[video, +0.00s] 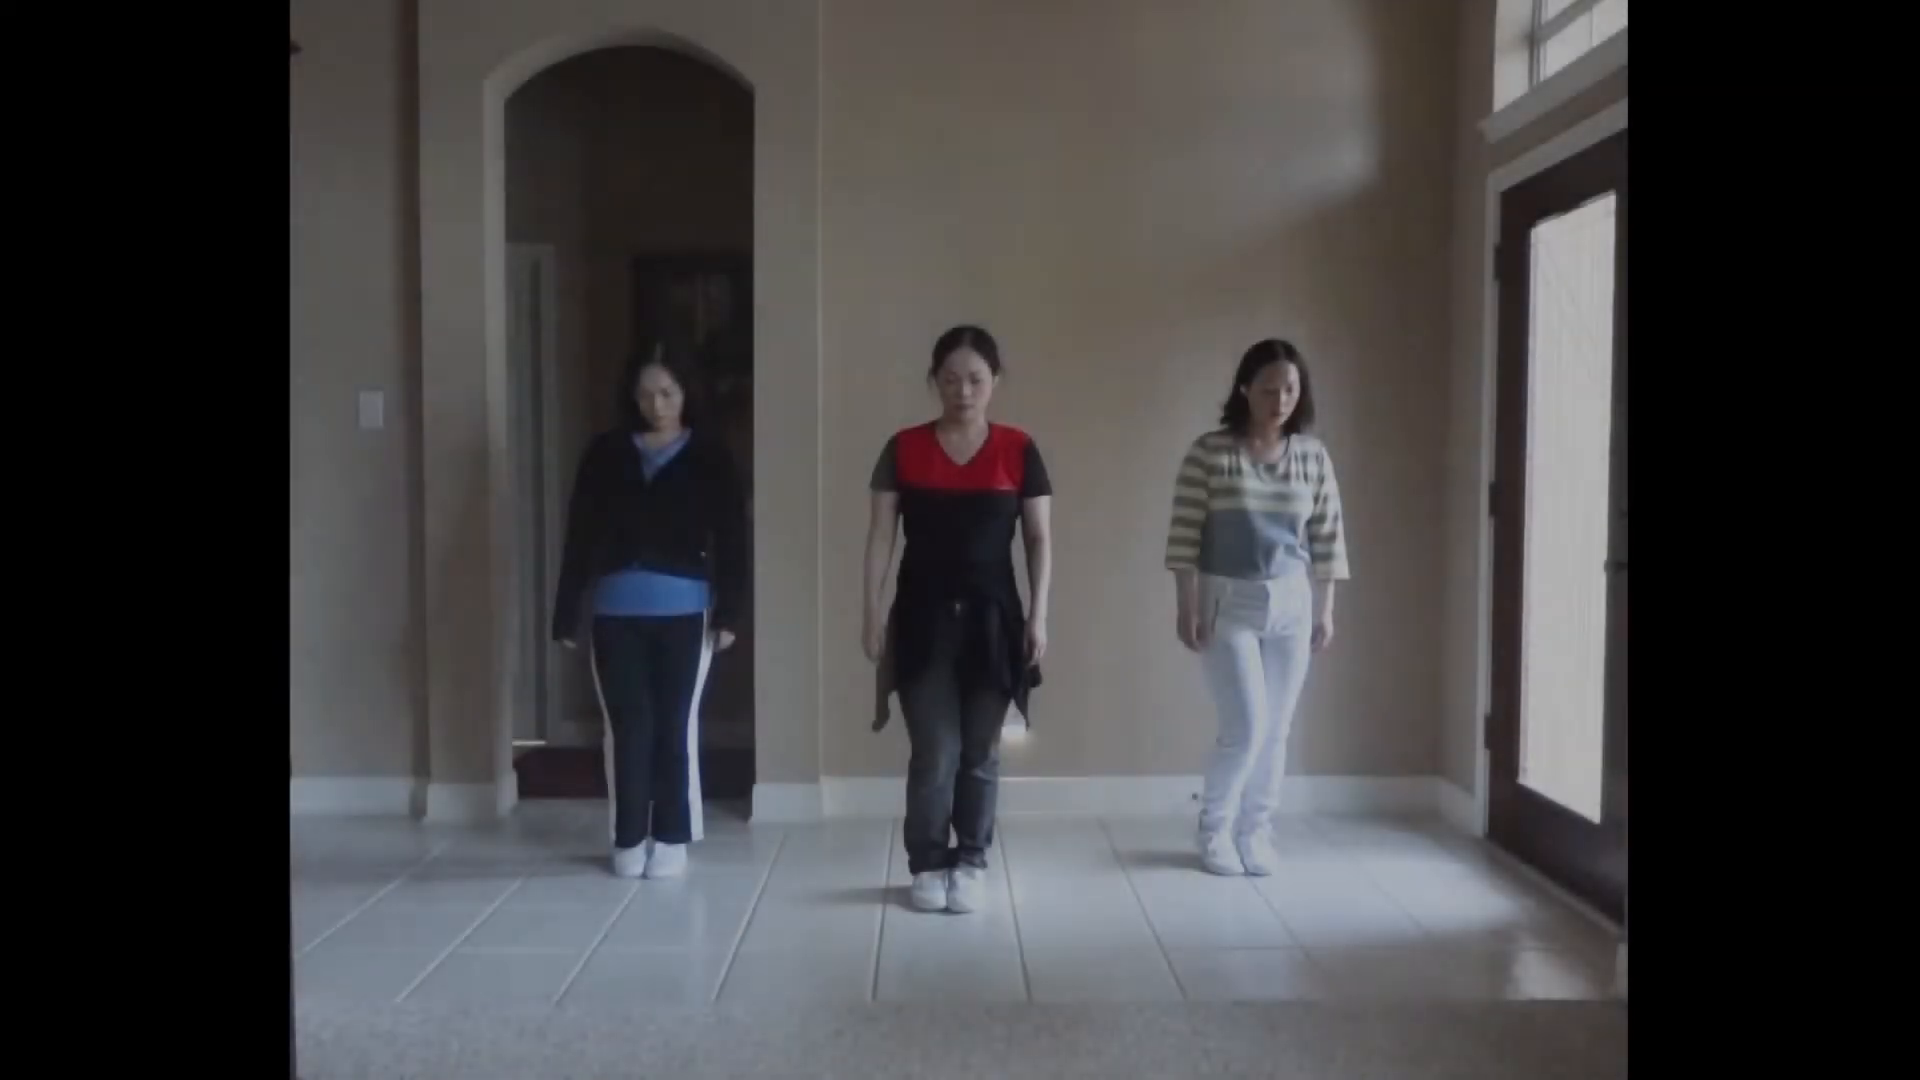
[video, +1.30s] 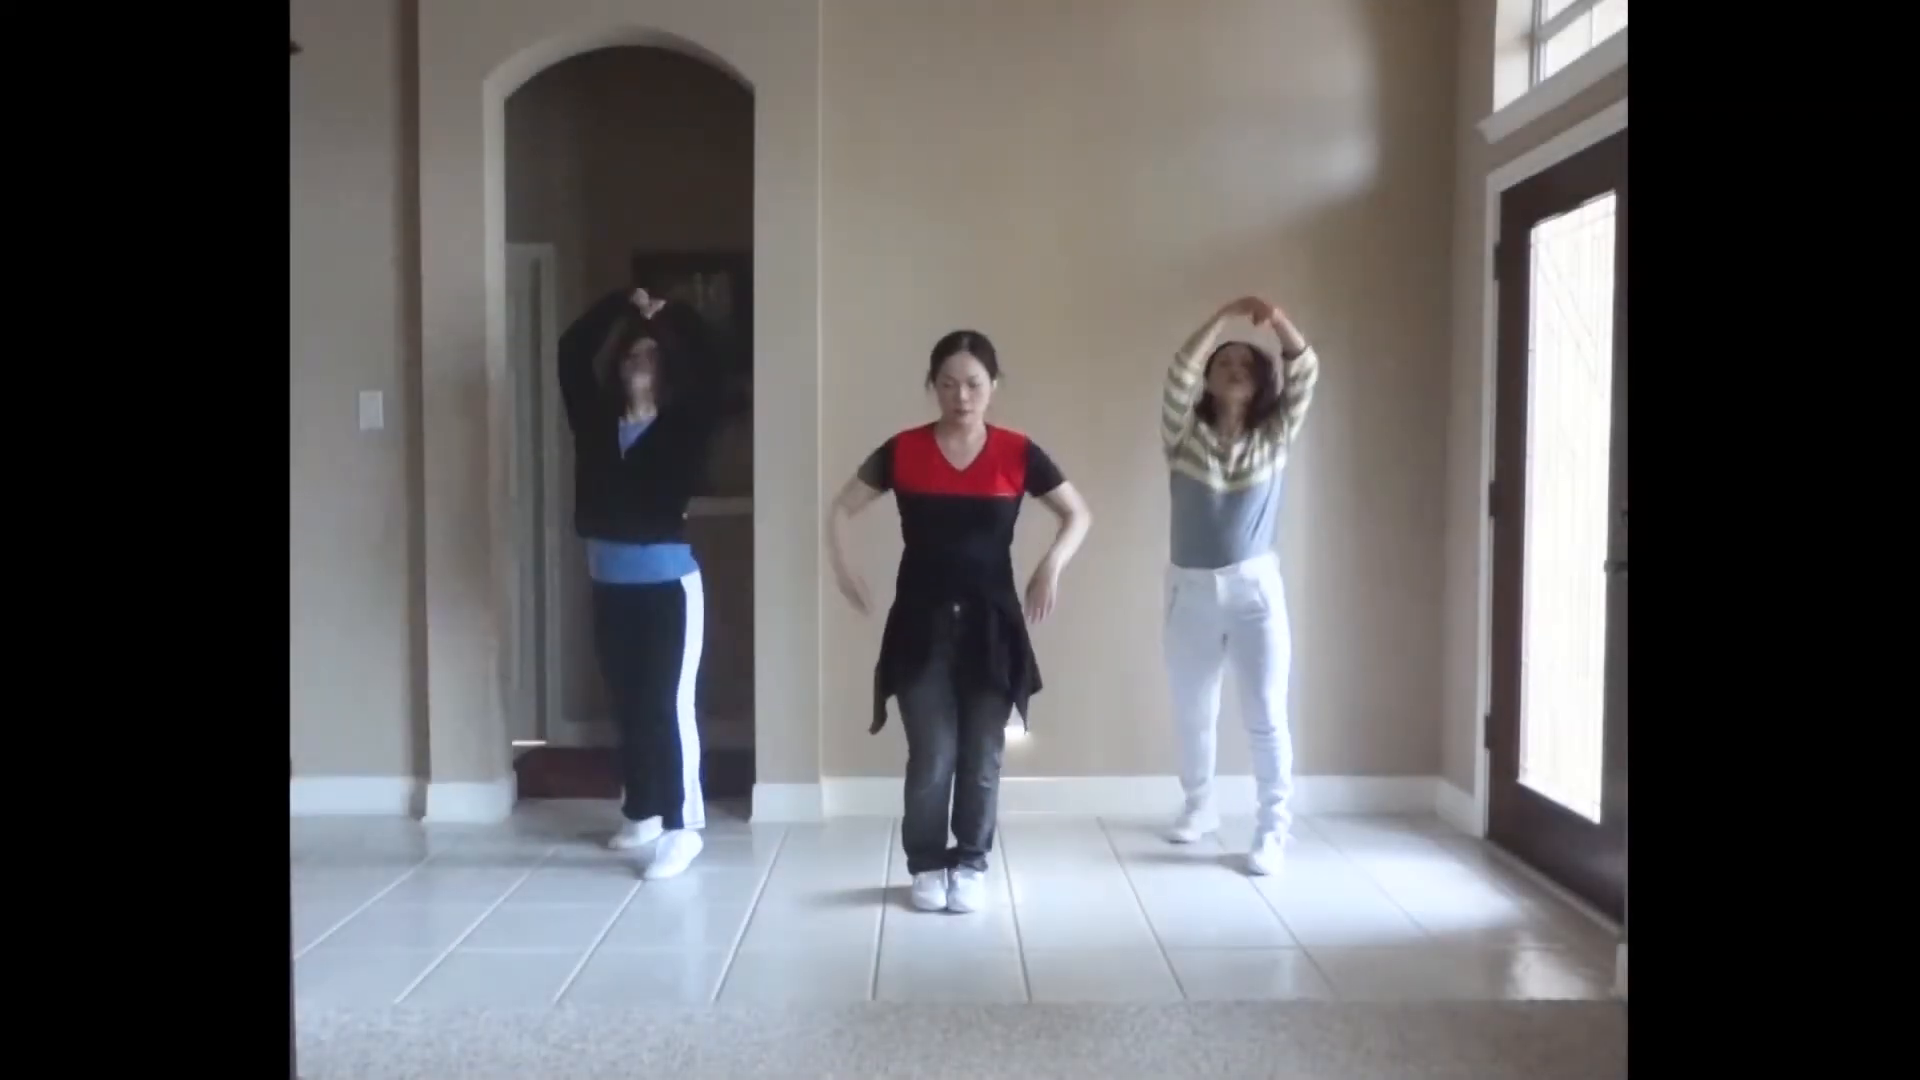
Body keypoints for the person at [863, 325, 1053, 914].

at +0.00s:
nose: (963, 388)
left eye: (975, 378)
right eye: (952, 377)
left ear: (993, 382)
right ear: (936, 381)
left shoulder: (1018, 450)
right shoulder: (905, 448)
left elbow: (1039, 539)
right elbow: (881, 536)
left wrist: (1038, 618)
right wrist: (873, 616)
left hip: (993, 618)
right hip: (923, 617)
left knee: (979, 751)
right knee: (935, 751)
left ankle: (969, 863)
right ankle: (928, 868)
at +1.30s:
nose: (961, 394)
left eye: (973, 383)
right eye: (949, 382)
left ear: (992, 388)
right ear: (933, 386)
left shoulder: (1017, 453)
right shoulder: (903, 451)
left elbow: (1079, 515)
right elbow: (841, 509)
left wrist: (1050, 568)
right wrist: (843, 569)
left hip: (990, 620)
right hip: (921, 619)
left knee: (981, 756)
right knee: (933, 753)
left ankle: (970, 867)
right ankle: (927, 869)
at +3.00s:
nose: (935, 424)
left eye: (945, 414)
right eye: (924, 415)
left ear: (962, 421)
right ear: (908, 421)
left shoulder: (979, 471)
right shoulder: (886, 468)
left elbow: (974, 504)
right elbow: (898, 508)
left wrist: (951, 537)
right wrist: (926, 547)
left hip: (955, 614)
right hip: (897, 614)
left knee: (960, 725)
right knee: (901, 736)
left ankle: (977, 848)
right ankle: (930, 832)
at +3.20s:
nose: (935, 428)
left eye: (945, 418)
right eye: (924, 418)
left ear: (961, 423)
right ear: (908, 424)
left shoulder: (979, 473)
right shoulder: (885, 469)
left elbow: (973, 518)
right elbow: (895, 516)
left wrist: (952, 561)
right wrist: (922, 564)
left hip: (954, 610)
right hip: (897, 612)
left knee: (955, 722)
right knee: (899, 736)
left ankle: (976, 848)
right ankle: (930, 833)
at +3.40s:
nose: (935, 435)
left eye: (946, 425)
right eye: (925, 424)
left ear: (962, 429)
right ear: (908, 426)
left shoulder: (978, 470)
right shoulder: (887, 466)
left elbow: (977, 517)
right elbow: (894, 514)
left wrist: (955, 560)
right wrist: (919, 561)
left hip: (956, 612)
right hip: (898, 612)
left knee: (948, 719)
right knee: (897, 734)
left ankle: (966, 844)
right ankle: (927, 831)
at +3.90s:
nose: (971, 434)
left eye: (983, 424)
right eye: (960, 422)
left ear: (999, 433)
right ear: (940, 428)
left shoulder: (1007, 485)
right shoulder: (909, 474)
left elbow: (1056, 475)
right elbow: (887, 451)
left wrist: (1022, 446)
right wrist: (909, 430)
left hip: (970, 644)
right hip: (901, 642)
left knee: (974, 775)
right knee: (906, 775)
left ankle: (973, 903)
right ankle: (927, 828)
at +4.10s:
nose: (978, 385)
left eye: (991, 376)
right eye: (965, 376)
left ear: (1011, 393)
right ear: (943, 391)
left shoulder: (1021, 460)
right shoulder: (909, 452)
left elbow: (1032, 502)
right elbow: (916, 496)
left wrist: (1018, 447)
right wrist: (941, 430)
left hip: (988, 636)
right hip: (915, 636)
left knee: (990, 784)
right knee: (910, 790)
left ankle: (975, 910)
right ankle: (914, 844)